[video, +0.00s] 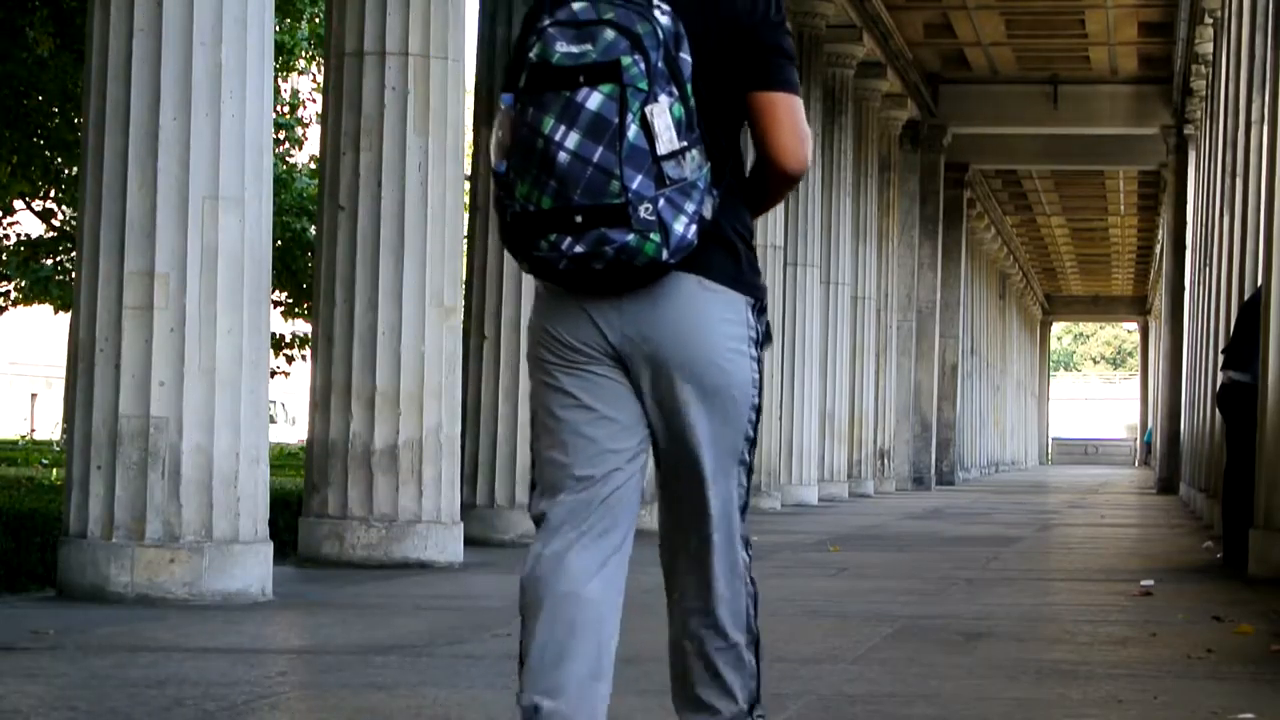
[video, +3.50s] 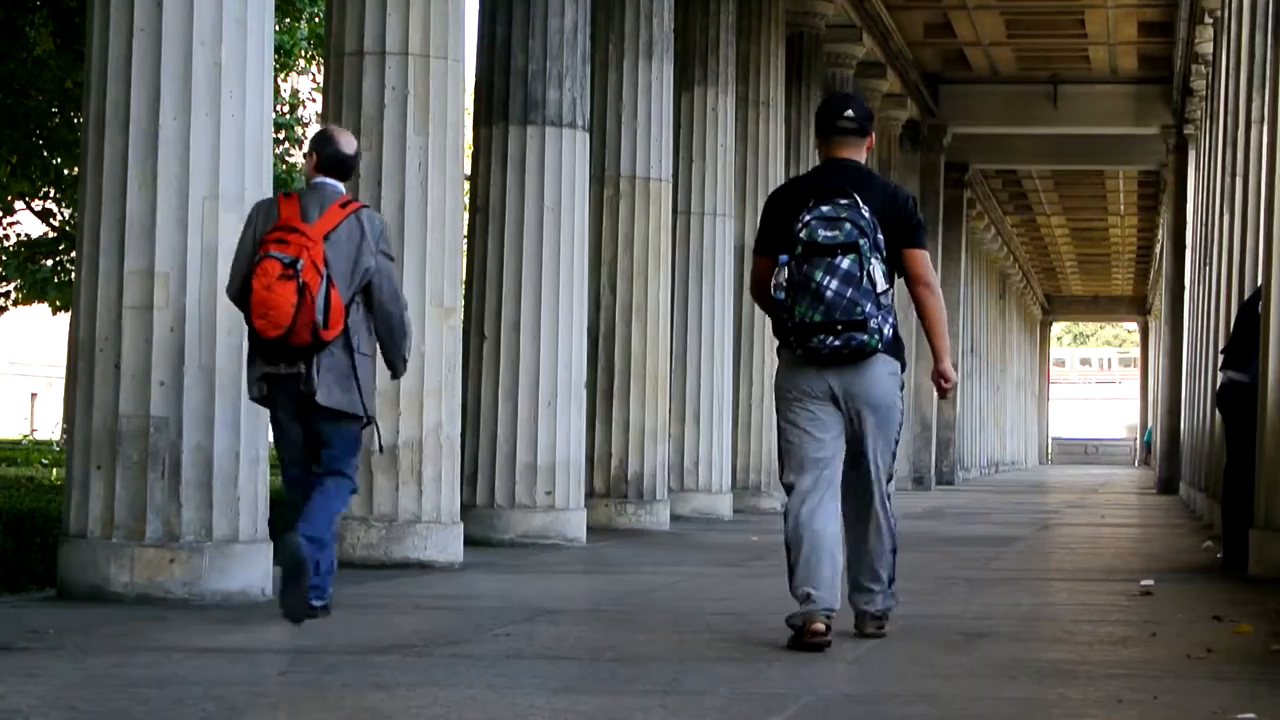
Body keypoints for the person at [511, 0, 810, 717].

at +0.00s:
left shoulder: (568, 6)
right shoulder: (741, 5)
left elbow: (506, 141)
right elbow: (789, 155)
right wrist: (739, 204)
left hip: (571, 289)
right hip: (694, 288)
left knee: (576, 521)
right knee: (708, 526)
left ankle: (557, 710)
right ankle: (719, 706)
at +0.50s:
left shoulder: (636, 27)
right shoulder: (803, 36)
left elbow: (576, 163)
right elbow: (858, 180)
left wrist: (648, 209)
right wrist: (785, 203)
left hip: (652, 302)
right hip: (764, 300)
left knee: (665, 501)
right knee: (745, 507)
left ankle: (677, 683)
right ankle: (725, 704)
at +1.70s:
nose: (834, 47)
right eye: (835, 37)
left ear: (764, 42)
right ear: (832, 43)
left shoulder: (717, 116)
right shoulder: (859, 125)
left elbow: (669, 221)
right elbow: (893, 239)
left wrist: (716, 260)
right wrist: (832, 258)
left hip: (732, 328)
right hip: (824, 329)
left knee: (736, 493)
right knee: (805, 496)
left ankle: (737, 648)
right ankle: (792, 670)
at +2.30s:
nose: (844, 92)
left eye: (835, 82)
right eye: (845, 83)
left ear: (779, 84)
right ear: (836, 84)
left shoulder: (732, 150)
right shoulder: (854, 151)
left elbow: (703, 253)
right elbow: (896, 241)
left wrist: (739, 316)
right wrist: (929, 336)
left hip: (746, 345)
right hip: (829, 343)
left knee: (752, 493)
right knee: (839, 493)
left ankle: (753, 647)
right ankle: (848, 633)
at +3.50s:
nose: (868, 144)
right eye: (871, 137)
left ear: (818, 138)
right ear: (871, 139)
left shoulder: (785, 198)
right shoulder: (894, 200)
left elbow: (760, 285)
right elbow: (922, 282)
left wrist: (791, 328)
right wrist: (943, 356)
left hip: (802, 360)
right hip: (873, 360)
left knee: (809, 482)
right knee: (872, 482)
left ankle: (814, 609)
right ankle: (872, 605)